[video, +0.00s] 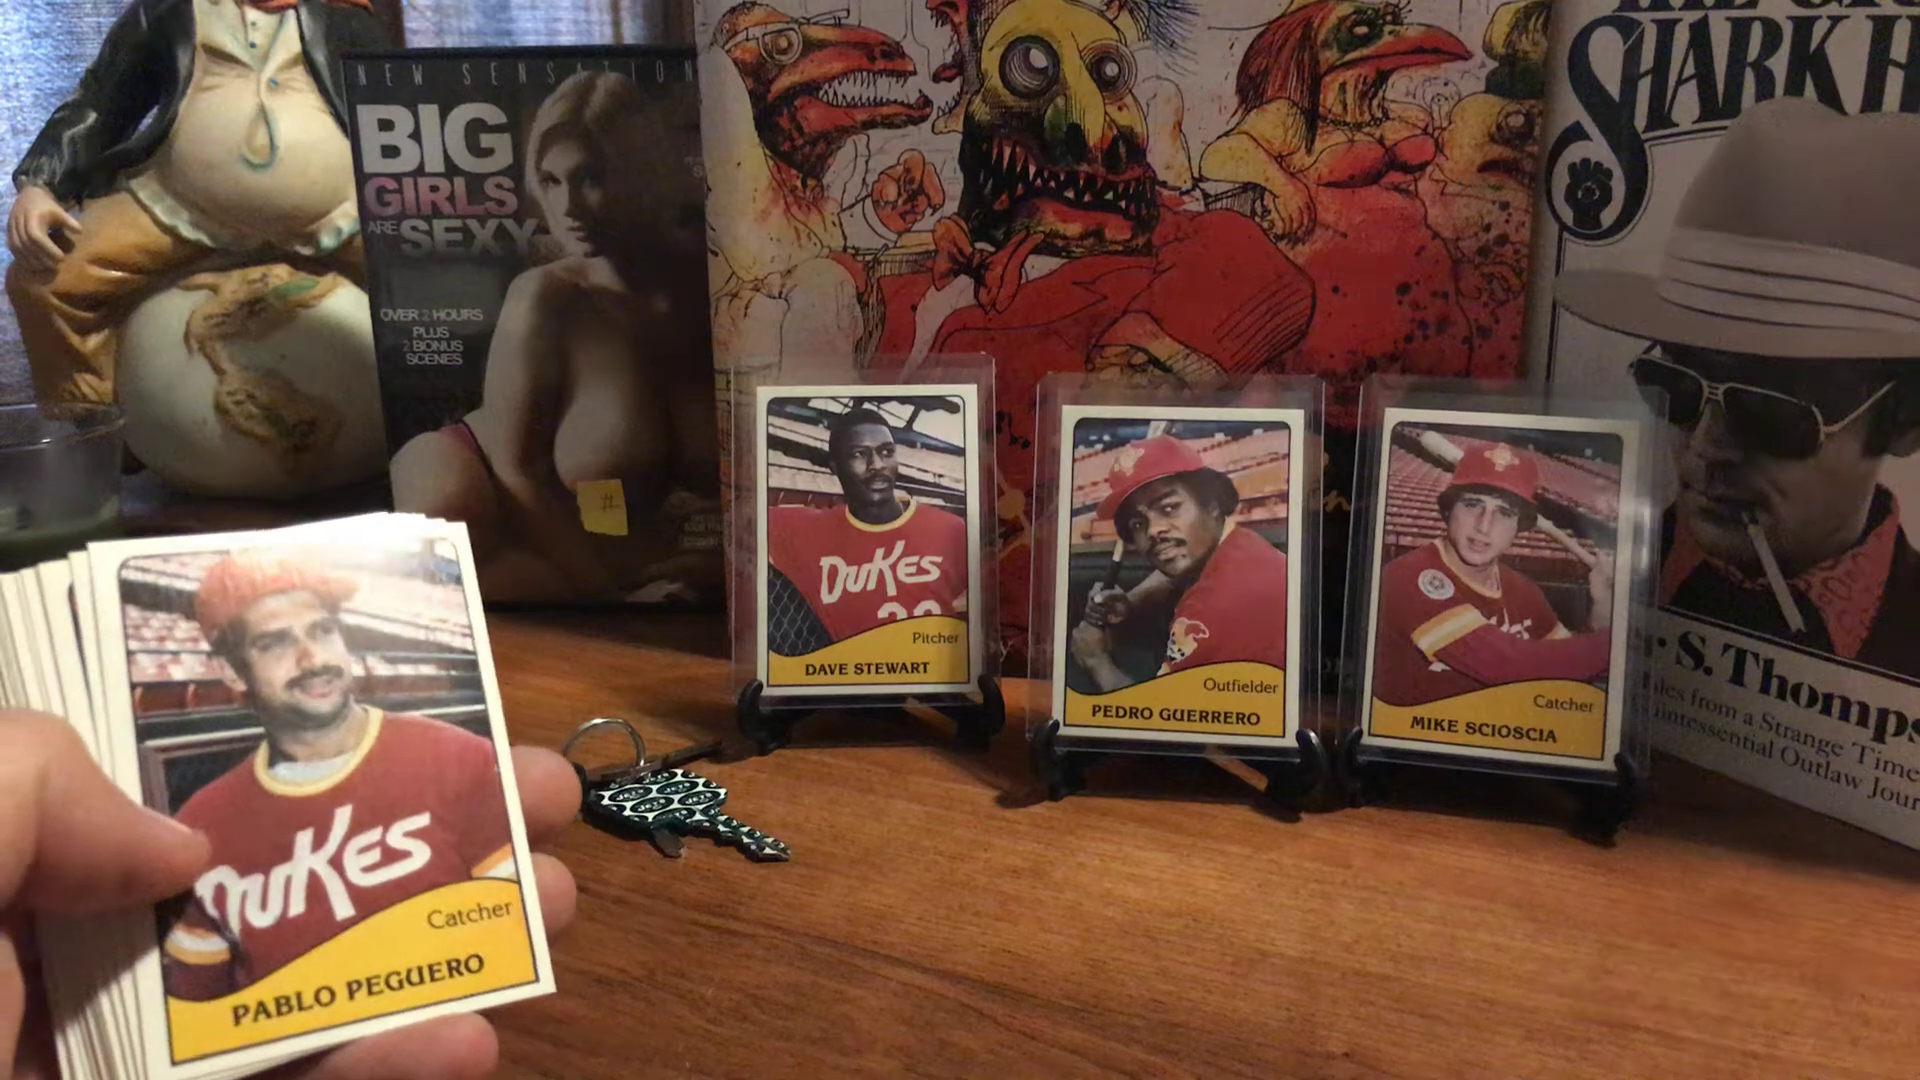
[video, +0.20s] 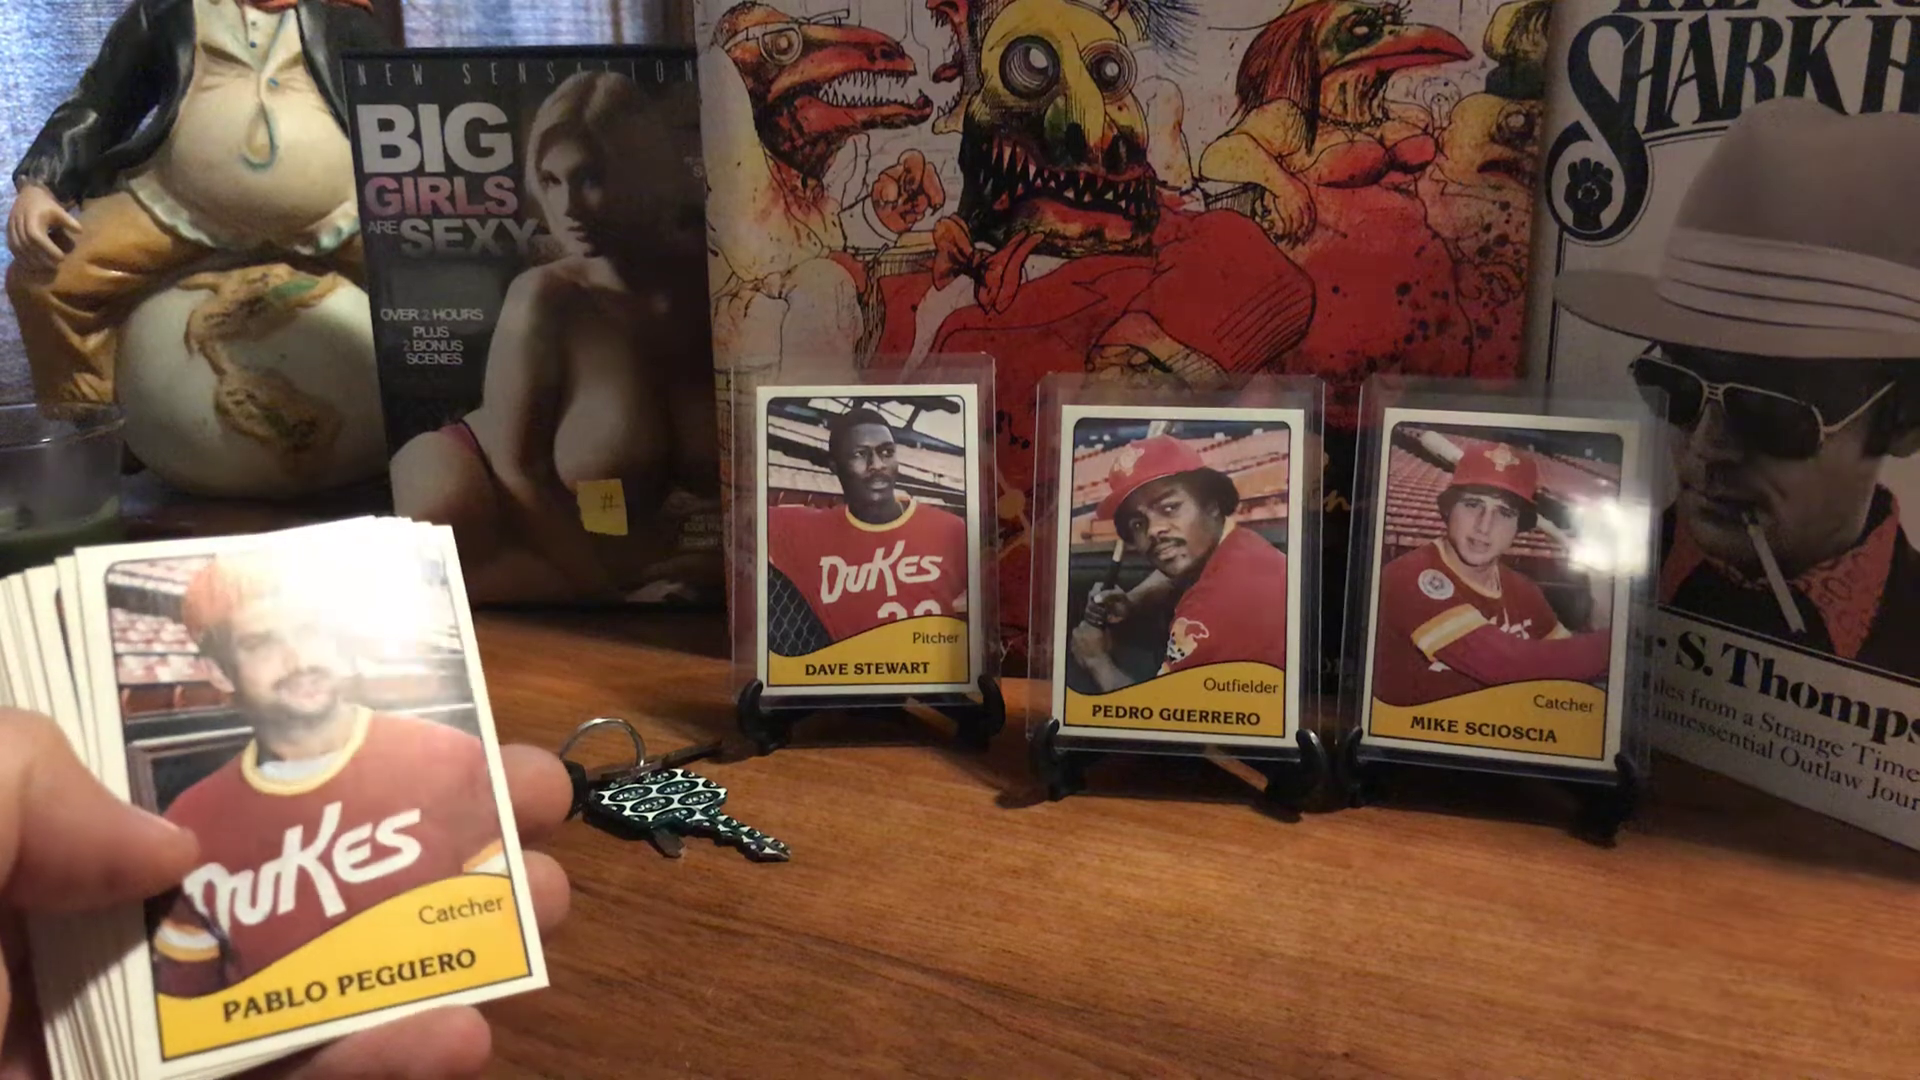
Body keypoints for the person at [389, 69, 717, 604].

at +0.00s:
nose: (569, 205)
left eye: (590, 178)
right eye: (551, 181)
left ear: (640, 176)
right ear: (536, 188)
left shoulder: (695, 287)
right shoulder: (542, 297)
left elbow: (703, 457)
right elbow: (513, 465)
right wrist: (611, 583)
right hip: (479, 464)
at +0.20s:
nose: (569, 205)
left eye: (590, 178)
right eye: (551, 181)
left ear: (640, 176)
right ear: (536, 188)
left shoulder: (692, 288)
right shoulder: (542, 296)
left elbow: (702, 457)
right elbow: (513, 464)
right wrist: (612, 584)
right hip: (478, 463)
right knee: (439, 519)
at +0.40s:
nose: (569, 204)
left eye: (590, 178)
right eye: (552, 181)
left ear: (642, 177)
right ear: (537, 189)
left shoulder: (689, 291)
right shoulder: (542, 296)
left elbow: (703, 449)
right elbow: (514, 464)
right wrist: (614, 584)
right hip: (479, 461)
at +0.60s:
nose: (569, 205)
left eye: (590, 178)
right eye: (552, 182)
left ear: (643, 176)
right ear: (537, 190)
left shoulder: (692, 291)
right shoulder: (542, 297)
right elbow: (513, 463)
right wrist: (611, 580)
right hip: (480, 461)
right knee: (438, 519)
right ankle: (615, 585)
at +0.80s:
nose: (569, 205)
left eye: (590, 178)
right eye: (552, 182)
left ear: (643, 176)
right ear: (537, 189)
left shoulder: (687, 293)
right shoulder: (542, 298)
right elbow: (513, 463)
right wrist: (610, 579)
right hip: (479, 463)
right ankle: (615, 585)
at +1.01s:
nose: (570, 205)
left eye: (591, 178)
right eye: (553, 182)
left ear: (643, 177)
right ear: (538, 189)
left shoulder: (687, 295)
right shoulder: (542, 297)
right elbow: (513, 463)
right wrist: (611, 580)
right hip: (475, 464)